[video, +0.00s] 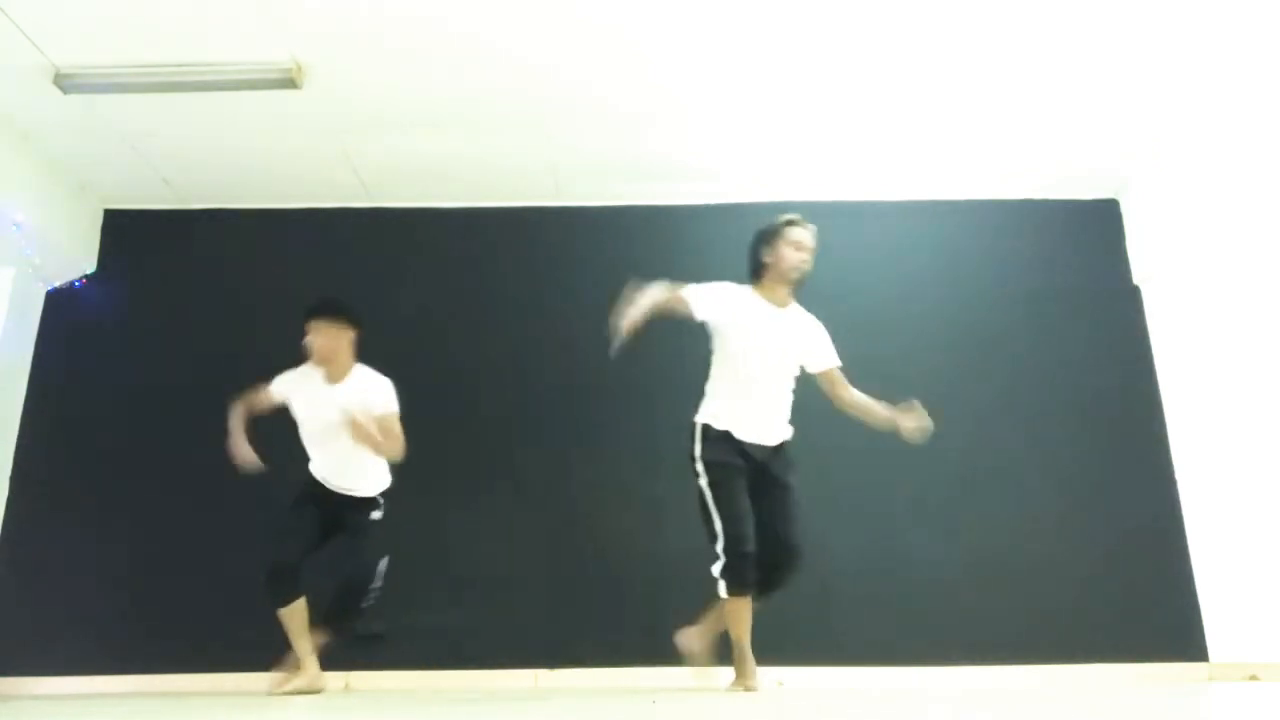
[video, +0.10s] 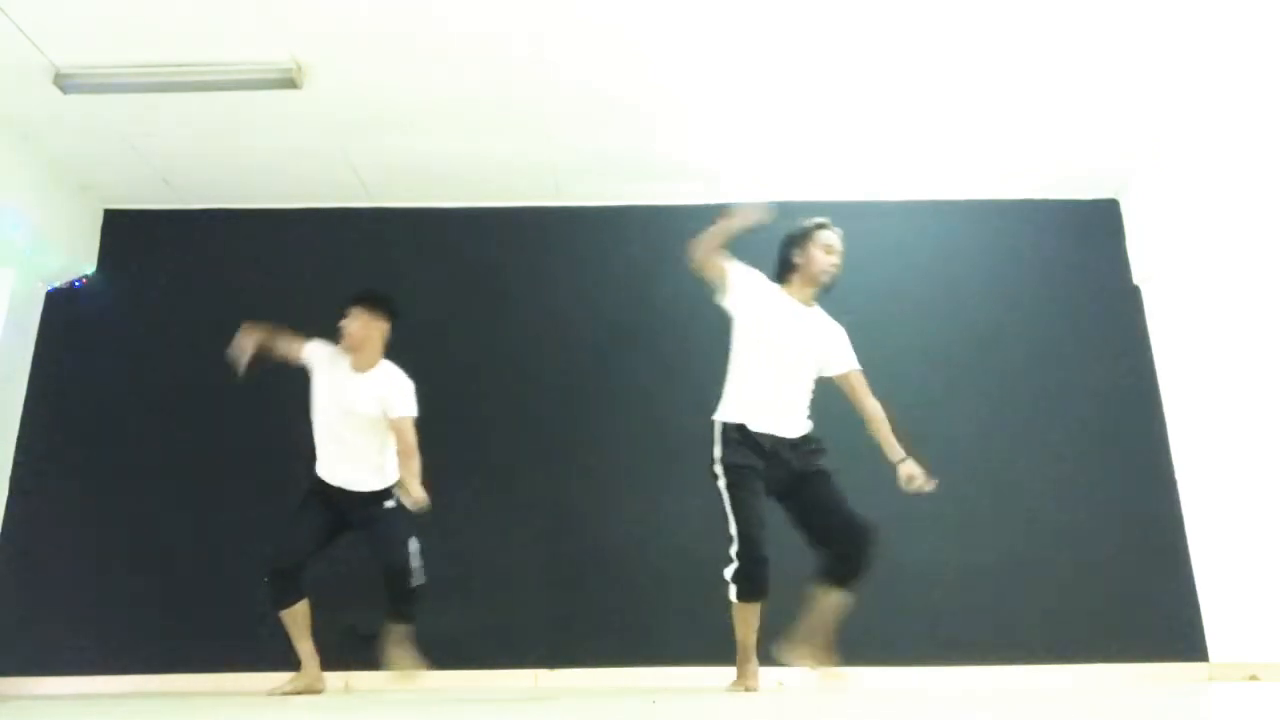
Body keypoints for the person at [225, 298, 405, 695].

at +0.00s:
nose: (314, 341)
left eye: (325, 332)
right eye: (311, 332)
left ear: (349, 336)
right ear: (307, 338)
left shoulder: (376, 387)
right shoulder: (297, 382)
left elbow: (397, 449)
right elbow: (241, 405)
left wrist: (367, 435)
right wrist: (239, 443)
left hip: (365, 504)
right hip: (317, 492)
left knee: (350, 598)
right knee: (281, 568)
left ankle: (296, 657)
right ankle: (309, 670)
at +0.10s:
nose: (344, 324)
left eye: (355, 318)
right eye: (346, 317)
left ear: (381, 328)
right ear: (345, 324)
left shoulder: (395, 383)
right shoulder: (322, 356)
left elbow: (407, 442)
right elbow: (281, 342)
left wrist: (411, 483)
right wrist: (254, 335)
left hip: (380, 499)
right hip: (327, 494)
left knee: (406, 572)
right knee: (283, 569)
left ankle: (398, 646)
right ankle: (310, 671)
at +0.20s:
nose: (380, 318)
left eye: (392, 313)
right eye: (381, 311)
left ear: (413, 328)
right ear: (376, 319)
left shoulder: (419, 382)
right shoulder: (357, 342)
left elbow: (427, 449)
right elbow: (331, 316)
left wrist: (438, 508)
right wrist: (317, 296)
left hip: (397, 495)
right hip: (344, 487)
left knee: (448, 569)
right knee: (293, 565)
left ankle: (489, 655)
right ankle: (310, 673)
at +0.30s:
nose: (414, 315)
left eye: (426, 311)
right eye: (414, 308)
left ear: (446, 326)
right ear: (408, 316)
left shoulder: (452, 382)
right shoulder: (387, 339)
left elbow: (462, 451)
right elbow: (352, 291)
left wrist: (475, 515)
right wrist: (370, 274)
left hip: (427, 492)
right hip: (373, 484)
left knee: (484, 570)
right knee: (317, 568)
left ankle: (550, 661)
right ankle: (312, 675)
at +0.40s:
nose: (447, 316)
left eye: (459, 310)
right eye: (445, 309)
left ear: (480, 324)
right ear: (438, 320)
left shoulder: (494, 377)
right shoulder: (415, 351)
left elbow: (518, 438)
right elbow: (358, 322)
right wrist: (374, 289)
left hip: (473, 493)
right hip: (415, 487)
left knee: (524, 572)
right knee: (357, 566)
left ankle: (559, 672)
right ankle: (317, 675)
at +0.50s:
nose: (491, 318)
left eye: (495, 312)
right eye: (480, 312)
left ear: (503, 322)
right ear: (462, 324)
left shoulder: (525, 370)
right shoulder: (443, 368)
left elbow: (581, 401)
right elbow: (378, 388)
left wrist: (602, 418)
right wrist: (361, 343)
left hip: (519, 491)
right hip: (461, 489)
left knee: (557, 569)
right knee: (406, 570)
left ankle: (563, 672)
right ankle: (359, 669)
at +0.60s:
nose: (508, 312)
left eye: (510, 307)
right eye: (496, 307)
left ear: (515, 317)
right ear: (475, 320)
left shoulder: (545, 354)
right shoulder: (465, 376)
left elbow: (598, 345)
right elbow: (425, 431)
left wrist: (602, 328)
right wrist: (376, 432)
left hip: (548, 482)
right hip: (494, 485)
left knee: (572, 564)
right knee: (473, 562)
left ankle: (565, 670)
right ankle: (478, 648)